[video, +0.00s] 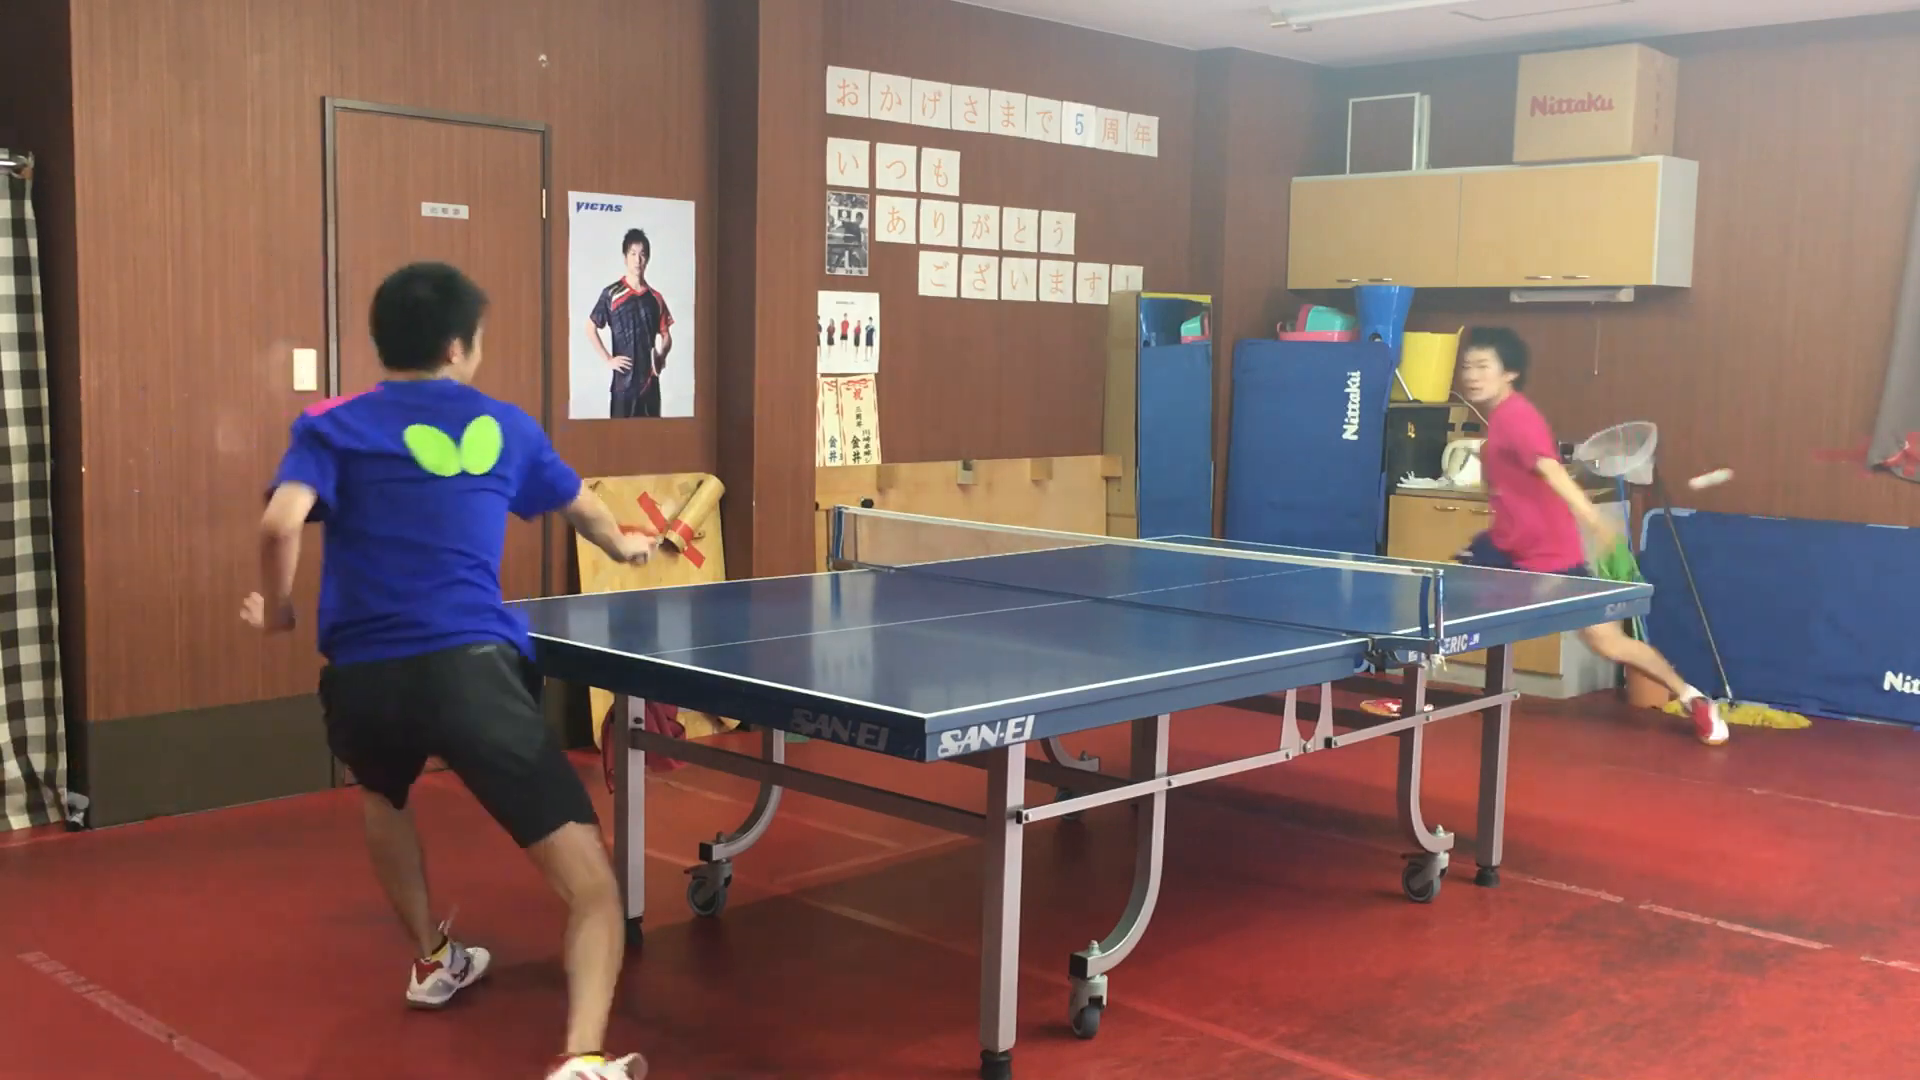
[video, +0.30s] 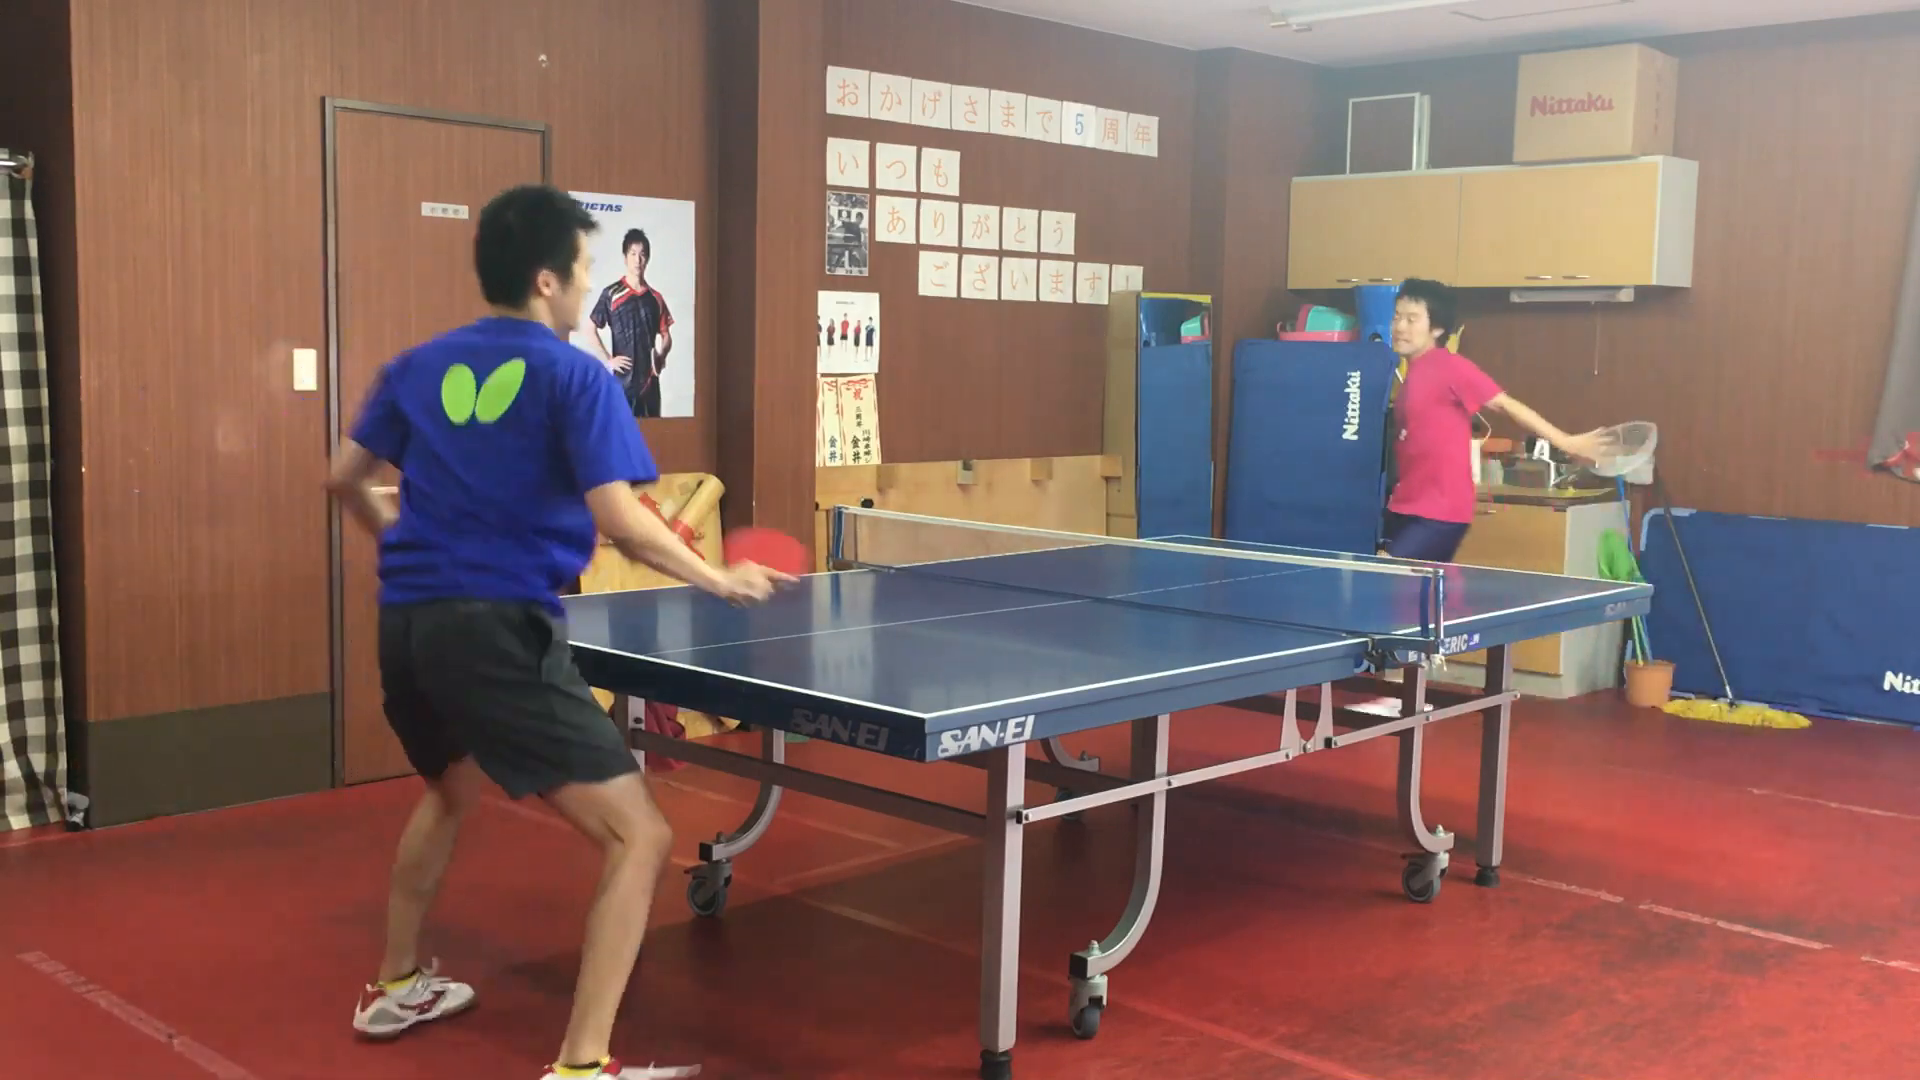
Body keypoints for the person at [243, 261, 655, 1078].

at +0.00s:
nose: (479, 355)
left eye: (477, 341)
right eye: (478, 342)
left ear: (384, 345)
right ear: (460, 347)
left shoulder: (333, 423)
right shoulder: (502, 425)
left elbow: (280, 520)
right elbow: (584, 509)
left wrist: (276, 608)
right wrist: (623, 545)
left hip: (361, 683)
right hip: (471, 675)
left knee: (383, 797)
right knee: (591, 889)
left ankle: (432, 959)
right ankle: (583, 1056)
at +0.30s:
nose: (590, 287)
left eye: (587, 269)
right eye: (582, 270)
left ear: (500, 275)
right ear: (546, 279)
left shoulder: (422, 362)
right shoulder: (576, 374)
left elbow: (348, 476)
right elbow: (619, 516)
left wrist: (394, 533)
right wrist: (716, 577)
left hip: (406, 633)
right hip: (497, 633)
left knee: (448, 791)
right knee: (639, 834)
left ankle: (396, 983)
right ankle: (584, 1060)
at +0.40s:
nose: (637, 286)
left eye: (636, 268)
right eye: (629, 268)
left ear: (544, 275)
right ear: (584, 278)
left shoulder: (487, 358)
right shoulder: (597, 378)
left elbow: (438, 470)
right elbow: (591, 511)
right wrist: (717, 604)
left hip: (438, 636)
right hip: (513, 650)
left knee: (461, 804)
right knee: (654, 867)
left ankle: (396, 985)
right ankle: (569, 1070)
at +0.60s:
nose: (735, 195)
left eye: (736, 174)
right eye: (727, 173)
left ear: (661, 178)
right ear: (677, 181)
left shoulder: (615, 258)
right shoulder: (629, 267)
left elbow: (629, 410)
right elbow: (535, 406)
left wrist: (734, 446)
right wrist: (528, 571)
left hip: (549, 574)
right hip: (599, 582)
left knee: (524, 822)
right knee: (657, 841)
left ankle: (484, 1040)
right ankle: (588, 1065)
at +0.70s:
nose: (774, 208)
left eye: (776, 186)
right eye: (766, 184)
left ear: (704, 185)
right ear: (712, 183)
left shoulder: (671, 282)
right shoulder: (636, 274)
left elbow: (679, 416)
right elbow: (520, 415)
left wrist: (794, 456)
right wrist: (472, 590)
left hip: (619, 590)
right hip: (608, 594)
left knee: (572, 855)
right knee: (709, 868)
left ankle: (504, 1065)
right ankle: (646, 1069)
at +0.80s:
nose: (819, 248)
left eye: (822, 226)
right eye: (813, 223)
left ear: (751, 218)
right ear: (753, 218)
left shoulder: (727, 324)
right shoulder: (653, 310)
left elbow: (734, 463)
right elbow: (524, 452)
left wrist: (846, 526)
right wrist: (450, 623)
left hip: (680, 658)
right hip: (642, 662)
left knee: (578, 908)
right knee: (736, 930)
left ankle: (501, 1071)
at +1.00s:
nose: (948, 236)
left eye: (953, 212)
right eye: (943, 208)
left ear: (882, 208)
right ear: (875, 203)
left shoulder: (885, 352)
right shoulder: (744, 317)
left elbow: (874, 519)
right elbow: (623, 479)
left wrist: (939, 645)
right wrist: (568, 660)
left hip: (830, 702)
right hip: (750, 699)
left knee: (780, 940)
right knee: (831, 997)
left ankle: (598, 1047)